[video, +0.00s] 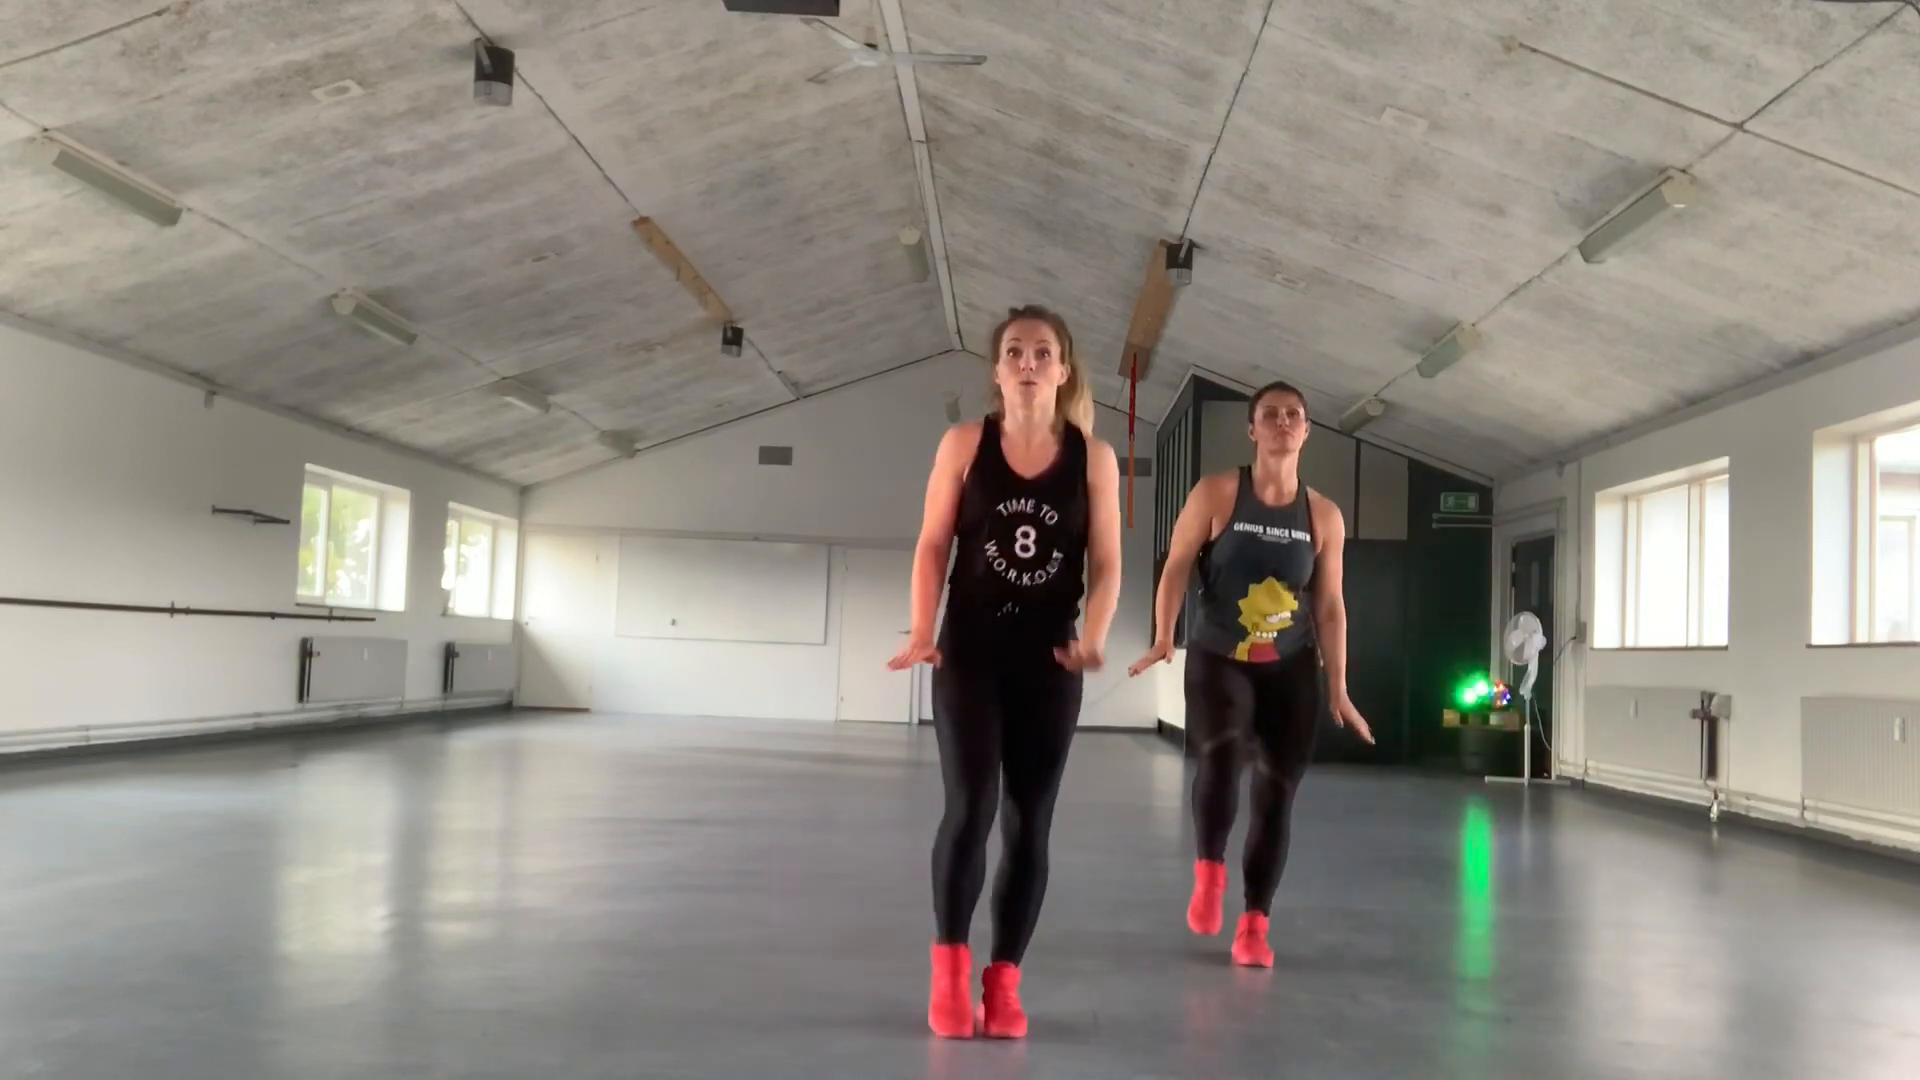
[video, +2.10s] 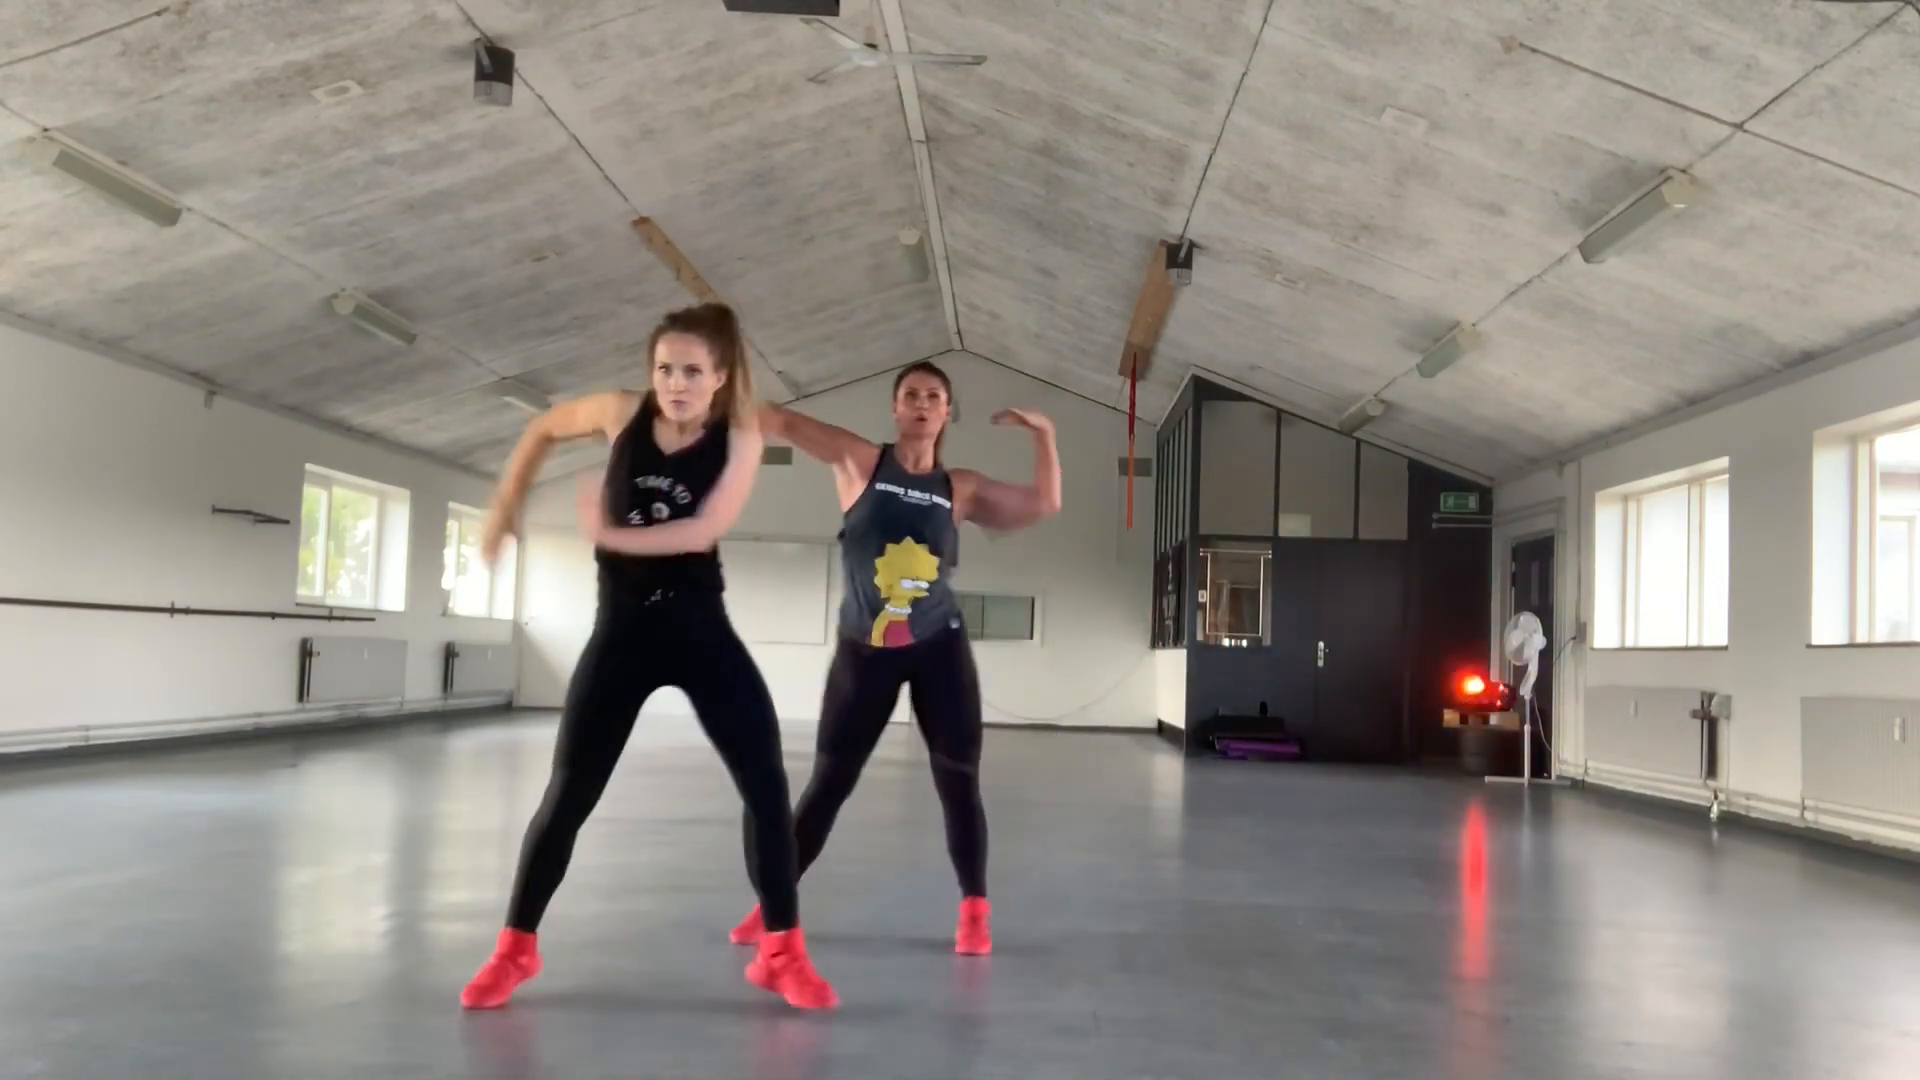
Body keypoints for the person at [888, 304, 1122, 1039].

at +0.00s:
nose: (1028, 363)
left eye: (1042, 353)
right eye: (1015, 351)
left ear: (1064, 368)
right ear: (996, 366)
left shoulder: (1094, 459)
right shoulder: (963, 445)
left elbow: (1107, 566)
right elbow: (933, 545)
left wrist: (1091, 639)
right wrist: (922, 631)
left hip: (1050, 656)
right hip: (970, 650)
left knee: (1029, 820)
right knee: (972, 806)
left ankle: (1005, 974)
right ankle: (950, 961)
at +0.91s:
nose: (927, 374)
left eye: (943, 360)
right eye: (916, 359)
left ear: (971, 368)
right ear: (899, 365)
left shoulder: (998, 438)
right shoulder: (873, 444)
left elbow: (1013, 541)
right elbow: (845, 543)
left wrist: (988, 626)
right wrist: (826, 633)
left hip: (966, 638)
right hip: (889, 634)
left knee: (945, 805)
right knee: (882, 796)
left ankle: (934, 955)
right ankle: (881, 956)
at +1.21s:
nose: (862, 360)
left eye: (878, 347)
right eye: (851, 344)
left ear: (906, 352)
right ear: (835, 347)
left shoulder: (934, 406)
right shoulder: (808, 427)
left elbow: (963, 499)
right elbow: (784, 528)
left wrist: (924, 567)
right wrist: (762, 625)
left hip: (893, 618)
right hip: (815, 617)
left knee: (888, 792)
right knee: (797, 788)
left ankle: (885, 943)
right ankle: (769, 953)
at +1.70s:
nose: (763, 365)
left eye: (778, 352)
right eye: (752, 351)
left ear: (807, 358)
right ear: (735, 356)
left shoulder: (830, 413)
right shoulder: (708, 422)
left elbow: (854, 505)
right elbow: (674, 522)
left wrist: (820, 553)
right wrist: (641, 618)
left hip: (788, 630)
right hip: (710, 627)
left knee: (774, 796)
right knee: (709, 796)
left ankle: (775, 944)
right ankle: (707, 955)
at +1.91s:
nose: (727, 388)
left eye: (742, 375)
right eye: (715, 375)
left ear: (769, 385)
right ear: (699, 384)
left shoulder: (797, 467)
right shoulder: (673, 452)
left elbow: (796, 569)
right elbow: (643, 544)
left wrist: (771, 632)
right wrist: (609, 624)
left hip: (755, 657)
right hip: (678, 649)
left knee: (744, 812)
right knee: (608, 768)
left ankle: (756, 954)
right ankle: (646, 931)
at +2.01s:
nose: (705, 380)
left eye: (721, 368)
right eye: (694, 366)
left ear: (748, 376)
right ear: (679, 370)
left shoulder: (771, 452)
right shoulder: (645, 427)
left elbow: (768, 549)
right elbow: (593, 496)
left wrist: (736, 575)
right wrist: (565, 579)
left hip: (736, 644)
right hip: (656, 640)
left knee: (756, 798)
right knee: (570, 772)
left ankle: (762, 943)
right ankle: (570, 924)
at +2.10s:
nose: (676, 384)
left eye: (693, 371)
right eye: (665, 368)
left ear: (723, 376)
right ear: (651, 370)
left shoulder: (740, 439)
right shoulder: (621, 413)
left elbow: (708, 530)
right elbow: (543, 428)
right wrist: (505, 508)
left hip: (705, 639)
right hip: (621, 641)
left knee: (767, 783)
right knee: (570, 793)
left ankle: (781, 947)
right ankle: (516, 946)